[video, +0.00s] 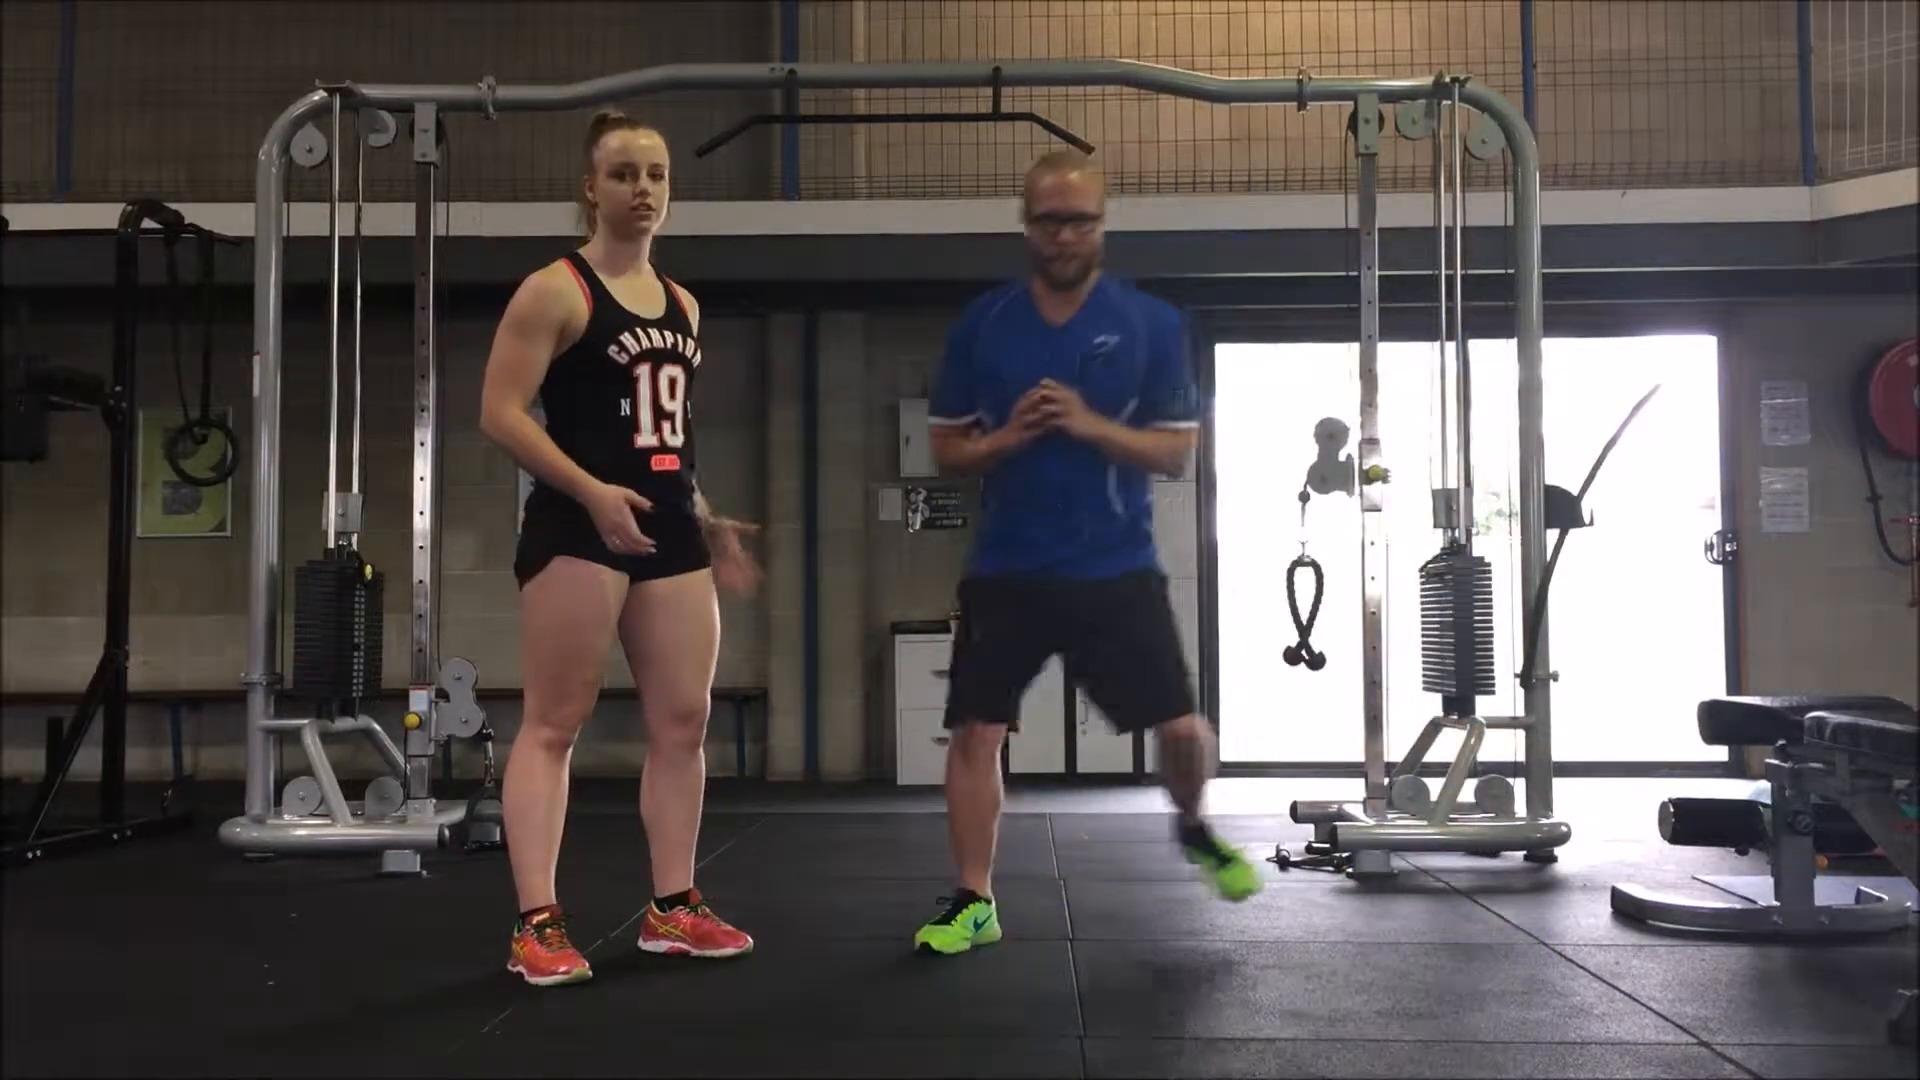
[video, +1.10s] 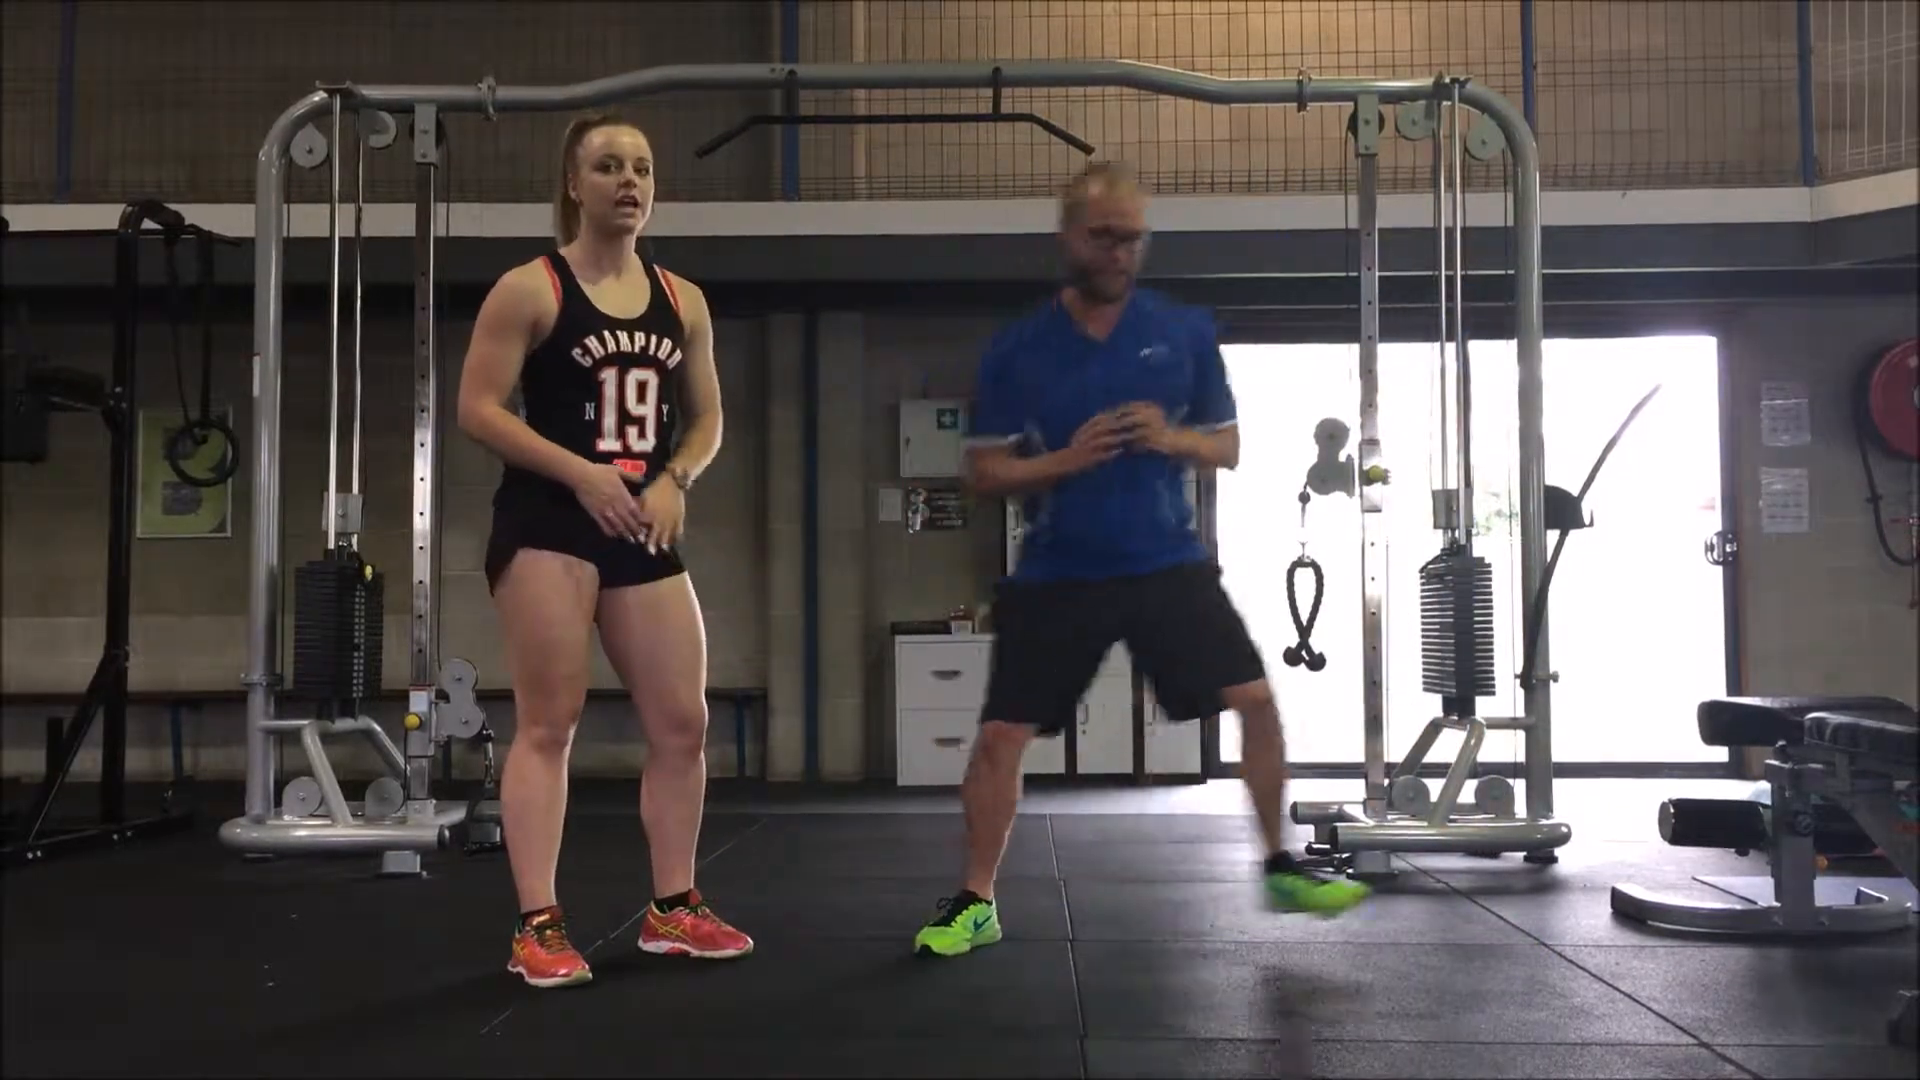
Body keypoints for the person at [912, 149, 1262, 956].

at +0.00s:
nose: (1064, 235)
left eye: (1079, 221)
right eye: (1048, 221)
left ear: (1104, 223)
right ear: (1024, 224)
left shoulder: (1151, 324)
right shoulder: (982, 324)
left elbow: (1173, 451)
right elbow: (947, 452)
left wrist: (1088, 423)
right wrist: (1006, 437)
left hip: (1116, 570)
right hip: (1006, 572)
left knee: (1182, 726)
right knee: (974, 732)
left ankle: (1193, 826)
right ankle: (973, 898)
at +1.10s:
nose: (1121, 251)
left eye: (1133, 237)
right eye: (1105, 236)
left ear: (1146, 240)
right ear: (1067, 239)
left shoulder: (1186, 331)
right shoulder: (1019, 350)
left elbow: (1226, 448)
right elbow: (985, 472)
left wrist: (1171, 436)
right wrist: (1066, 459)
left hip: (1168, 570)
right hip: (1058, 577)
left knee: (1256, 699)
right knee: (1001, 734)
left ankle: (1279, 861)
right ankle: (976, 899)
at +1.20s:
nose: (1198, 204)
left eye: (1208, 192)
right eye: (1182, 190)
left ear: (1221, 196)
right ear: (1147, 194)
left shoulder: (1262, 288)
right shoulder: (1097, 296)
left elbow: (1299, 410)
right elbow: (1065, 424)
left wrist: (1248, 391)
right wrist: (1165, 408)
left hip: (1237, 537)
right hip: (1127, 543)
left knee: (1333, 678)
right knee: (1055, 704)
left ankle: (1397, 853)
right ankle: (981, 874)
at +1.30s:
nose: (1272, 199)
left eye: (1287, 186)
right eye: (1257, 183)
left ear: (1305, 194)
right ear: (1226, 185)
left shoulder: (1351, 286)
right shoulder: (1174, 291)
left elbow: (1383, 409)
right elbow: (1145, 424)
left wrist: (1330, 396)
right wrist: (1244, 406)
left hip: (1320, 539)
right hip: (1205, 539)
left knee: (1405, 699)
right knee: (1116, 693)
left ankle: (1483, 880)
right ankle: (1033, 857)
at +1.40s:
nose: (1344, 220)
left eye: (1358, 206)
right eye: (1327, 204)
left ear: (1376, 212)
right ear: (1293, 206)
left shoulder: (1423, 314)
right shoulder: (1249, 323)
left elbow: (1458, 439)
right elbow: (1218, 457)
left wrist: (1400, 428)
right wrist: (1316, 436)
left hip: (1390, 567)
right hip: (1279, 565)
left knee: (1459, 721)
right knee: (1190, 707)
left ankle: (1490, 906)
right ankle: (1119, 852)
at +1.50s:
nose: (1393, 226)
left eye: (1409, 212)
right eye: (1377, 209)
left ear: (1429, 221)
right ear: (1344, 213)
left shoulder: (1474, 323)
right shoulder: (1295, 327)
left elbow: (1506, 441)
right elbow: (1271, 464)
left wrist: (1450, 444)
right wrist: (1362, 445)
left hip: (1436, 574)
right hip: (1323, 572)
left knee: (1485, 726)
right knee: (1259, 725)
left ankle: (1491, 907)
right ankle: (1226, 850)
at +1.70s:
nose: (1440, 219)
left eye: (1458, 207)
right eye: (1425, 202)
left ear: (1477, 218)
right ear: (1396, 205)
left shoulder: (1520, 313)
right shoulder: (1340, 316)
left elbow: (1544, 431)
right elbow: (1310, 451)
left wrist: (1497, 445)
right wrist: (1402, 443)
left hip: (1473, 561)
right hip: (1365, 561)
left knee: (1496, 725)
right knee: (1341, 727)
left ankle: (1491, 905)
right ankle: (1339, 843)